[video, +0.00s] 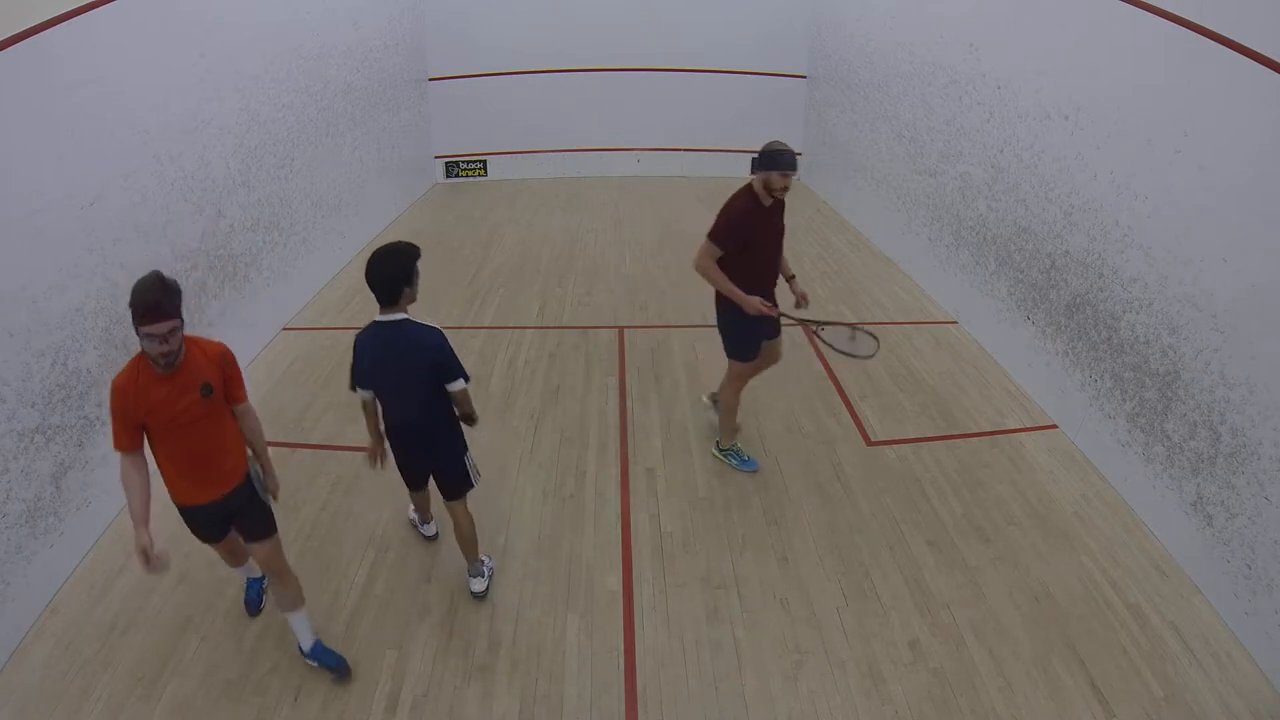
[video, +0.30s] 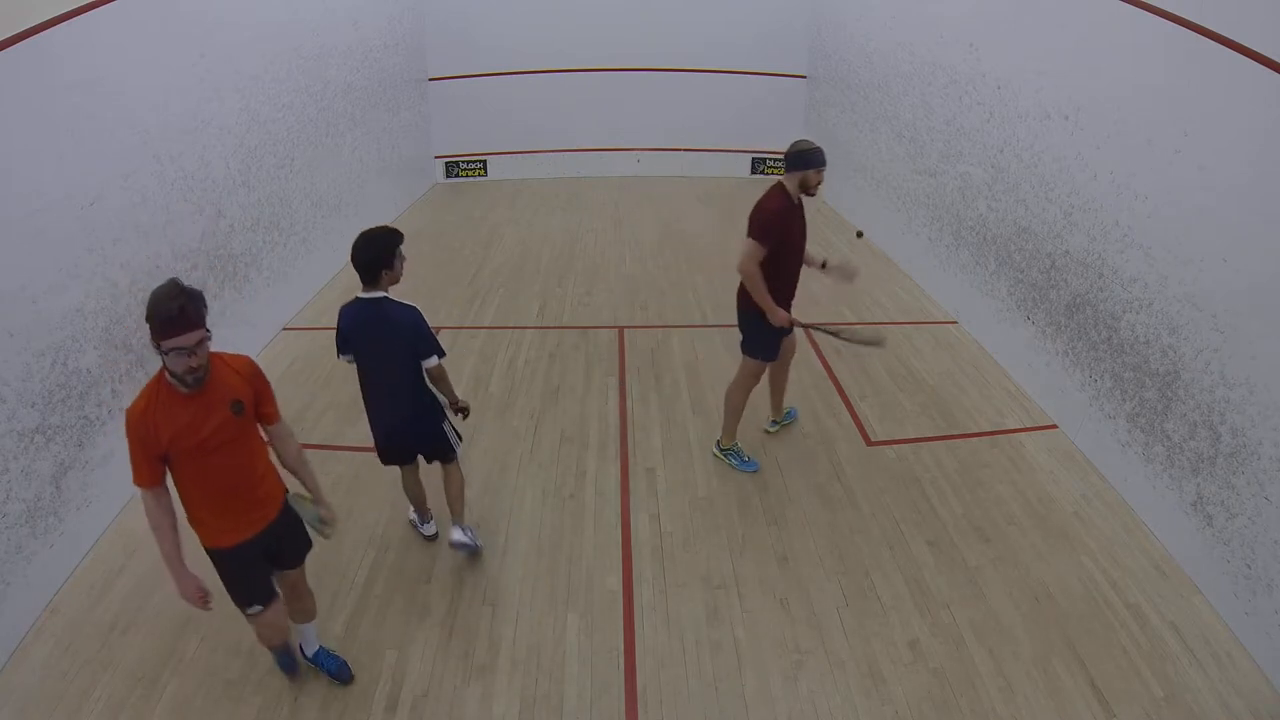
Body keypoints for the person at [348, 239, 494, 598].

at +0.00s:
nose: (418, 287)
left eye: (416, 280)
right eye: (416, 281)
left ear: (376, 290)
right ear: (406, 291)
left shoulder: (365, 340)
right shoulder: (430, 337)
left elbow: (367, 399)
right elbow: (458, 393)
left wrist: (375, 437)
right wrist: (468, 414)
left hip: (402, 436)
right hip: (440, 433)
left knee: (416, 485)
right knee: (457, 505)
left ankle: (426, 523)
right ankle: (476, 573)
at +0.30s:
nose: (403, 264)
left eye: (401, 258)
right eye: (400, 259)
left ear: (362, 270)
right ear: (386, 269)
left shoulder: (348, 314)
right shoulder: (407, 315)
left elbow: (348, 356)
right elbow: (434, 369)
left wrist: (382, 348)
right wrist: (453, 398)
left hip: (382, 415)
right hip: (420, 408)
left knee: (407, 466)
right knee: (449, 460)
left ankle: (424, 521)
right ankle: (458, 528)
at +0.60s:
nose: (405, 252)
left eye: (402, 246)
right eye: (400, 248)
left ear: (366, 257)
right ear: (386, 258)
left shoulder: (350, 298)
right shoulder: (403, 303)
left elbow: (352, 353)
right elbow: (421, 364)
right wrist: (437, 408)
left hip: (379, 401)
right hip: (412, 395)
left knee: (406, 461)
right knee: (430, 441)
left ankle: (425, 521)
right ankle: (442, 476)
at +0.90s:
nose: (414, 242)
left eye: (411, 236)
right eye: (411, 237)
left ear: (378, 242)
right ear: (403, 244)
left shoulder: (360, 283)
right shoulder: (418, 289)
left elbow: (356, 332)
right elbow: (430, 346)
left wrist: (385, 321)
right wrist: (442, 385)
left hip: (382, 376)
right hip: (416, 374)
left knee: (388, 433)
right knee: (426, 423)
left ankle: (411, 489)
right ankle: (437, 471)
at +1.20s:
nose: (407, 235)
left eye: (406, 229)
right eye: (406, 230)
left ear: (372, 237)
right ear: (401, 237)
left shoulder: (360, 272)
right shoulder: (415, 279)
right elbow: (449, 310)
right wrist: (451, 325)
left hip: (378, 372)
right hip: (414, 372)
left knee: (386, 432)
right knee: (422, 427)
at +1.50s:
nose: (398, 232)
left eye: (395, 227)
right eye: (396, 227)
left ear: (364, 235)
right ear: (392, 234)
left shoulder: (352, 278)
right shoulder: (408, 274)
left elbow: (357, 308)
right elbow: (457, 290)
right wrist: (443, 298)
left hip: (378, 369)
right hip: (413, 364)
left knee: (380, 428)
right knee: (422, 419)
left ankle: (387, 486)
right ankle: (437, 470)